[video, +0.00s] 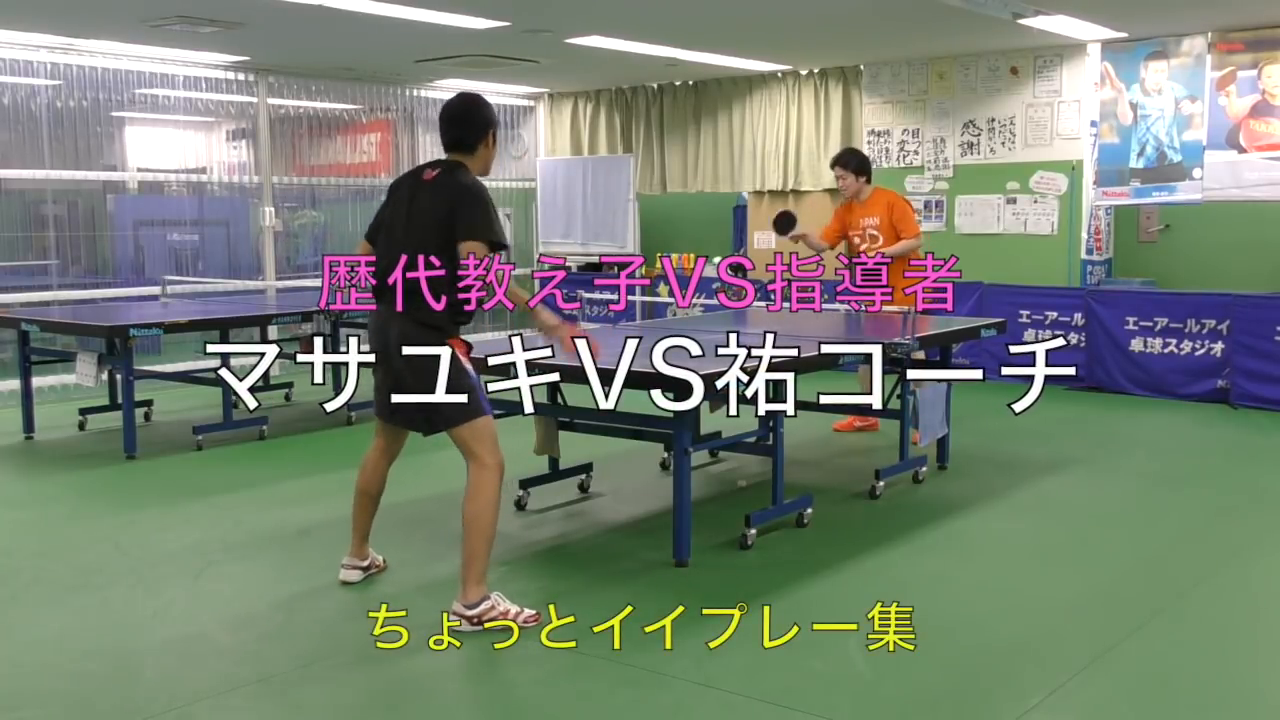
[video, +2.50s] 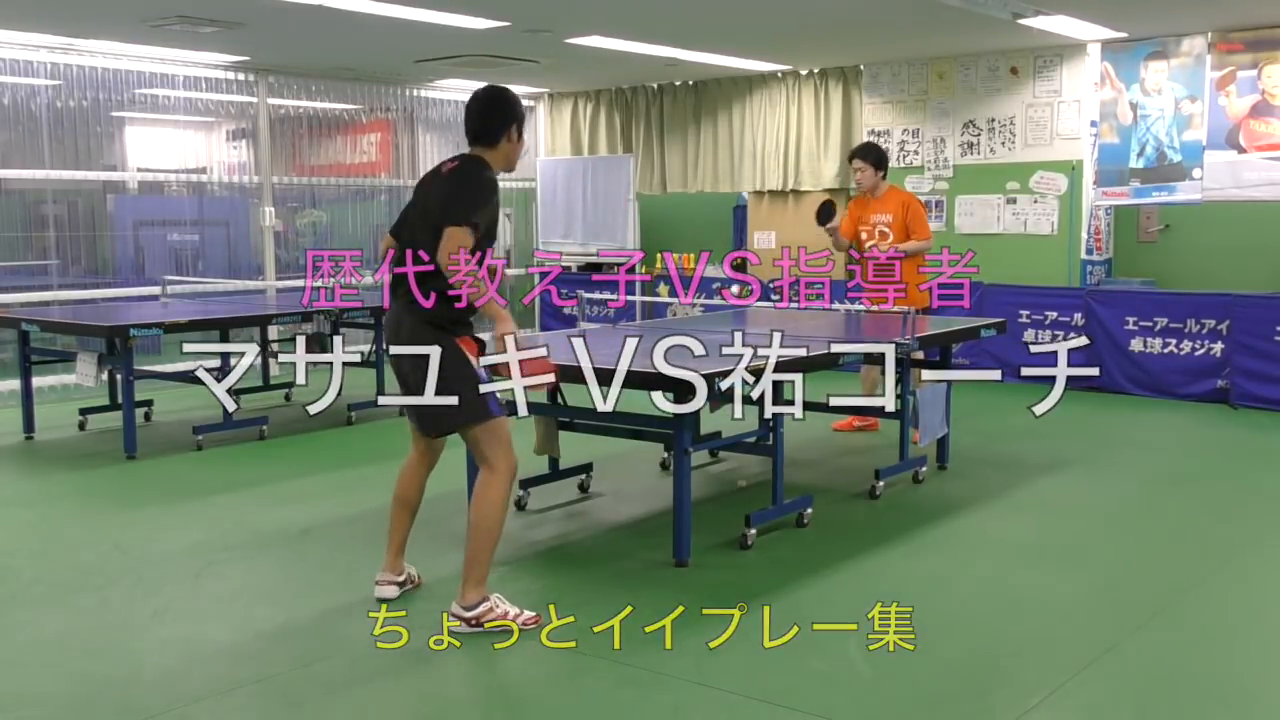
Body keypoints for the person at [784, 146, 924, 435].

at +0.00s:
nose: (839, 184)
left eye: (843, 177)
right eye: (837, 178)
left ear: (861, 176)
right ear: (841, 178)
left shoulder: (893, 202)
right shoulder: (844, 211)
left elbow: (914, 241)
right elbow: (824, 245)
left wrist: (882, 252)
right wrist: (805, 237)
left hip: (904, 295)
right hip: (869, 297)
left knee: (914, 359)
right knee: (866, 355)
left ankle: (923, 420)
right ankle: (867, 413)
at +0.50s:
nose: (847, 182)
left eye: (852, 176)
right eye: (844, 177)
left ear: (870, 175)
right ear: (843, 177)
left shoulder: (892, 203)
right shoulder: (858, 208)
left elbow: (913, 245)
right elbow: (860, 254)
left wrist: (882, 258)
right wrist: (835, 279)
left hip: (900, 298)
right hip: (870, 298)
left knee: (912, 359)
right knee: (866, 354)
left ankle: (926, 417)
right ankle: (867, 413)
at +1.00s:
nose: (850, 173)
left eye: (856, 166)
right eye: (846, 168)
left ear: (873, 167)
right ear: (844, 171)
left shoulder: (898, 197)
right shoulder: (846, 207)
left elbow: (920, 237)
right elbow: (834, 249)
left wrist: (886, 246)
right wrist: (821, 248)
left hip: (904, 295)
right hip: (867, 297)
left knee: (913, 357)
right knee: (866, 354)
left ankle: (923, 419)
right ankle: (866, 413)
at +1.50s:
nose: (842, 185)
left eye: (846, 179)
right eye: (840, 179)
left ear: (864, 178)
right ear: (848, 180)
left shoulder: (895, 204)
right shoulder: (851, 211)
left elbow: (916, 243)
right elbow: (837, 251)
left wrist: (888, 254)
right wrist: (802, 260)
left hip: (905, 298)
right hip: (872, 298)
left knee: (914, 360)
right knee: (869, 355)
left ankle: (925, 420)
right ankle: (867, 413)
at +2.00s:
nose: (855, 172)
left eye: (861, 166)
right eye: (852, 167)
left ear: (877, 167)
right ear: (849, 170)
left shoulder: (897, 198)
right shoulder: (855, 206)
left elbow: (918, 238)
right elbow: (852, 249)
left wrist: (886, 244)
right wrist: (834, 271)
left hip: (901, 295)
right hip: (869, 296)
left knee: (911, 359)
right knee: (869, 354)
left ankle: (924, 418)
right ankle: (867, 413)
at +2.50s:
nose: (856, 176)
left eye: (861, 170)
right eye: (854, 171)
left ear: (879, 171)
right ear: (854, 172)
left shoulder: (906, 201)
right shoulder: (856, 205)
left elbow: (925, 241)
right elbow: (843, 246)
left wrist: (898, 249)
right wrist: (832, 231)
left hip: (909, 296)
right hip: (874, 297)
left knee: (914, 360)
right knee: (871, 354)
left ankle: (922, 420)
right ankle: (866, 413)